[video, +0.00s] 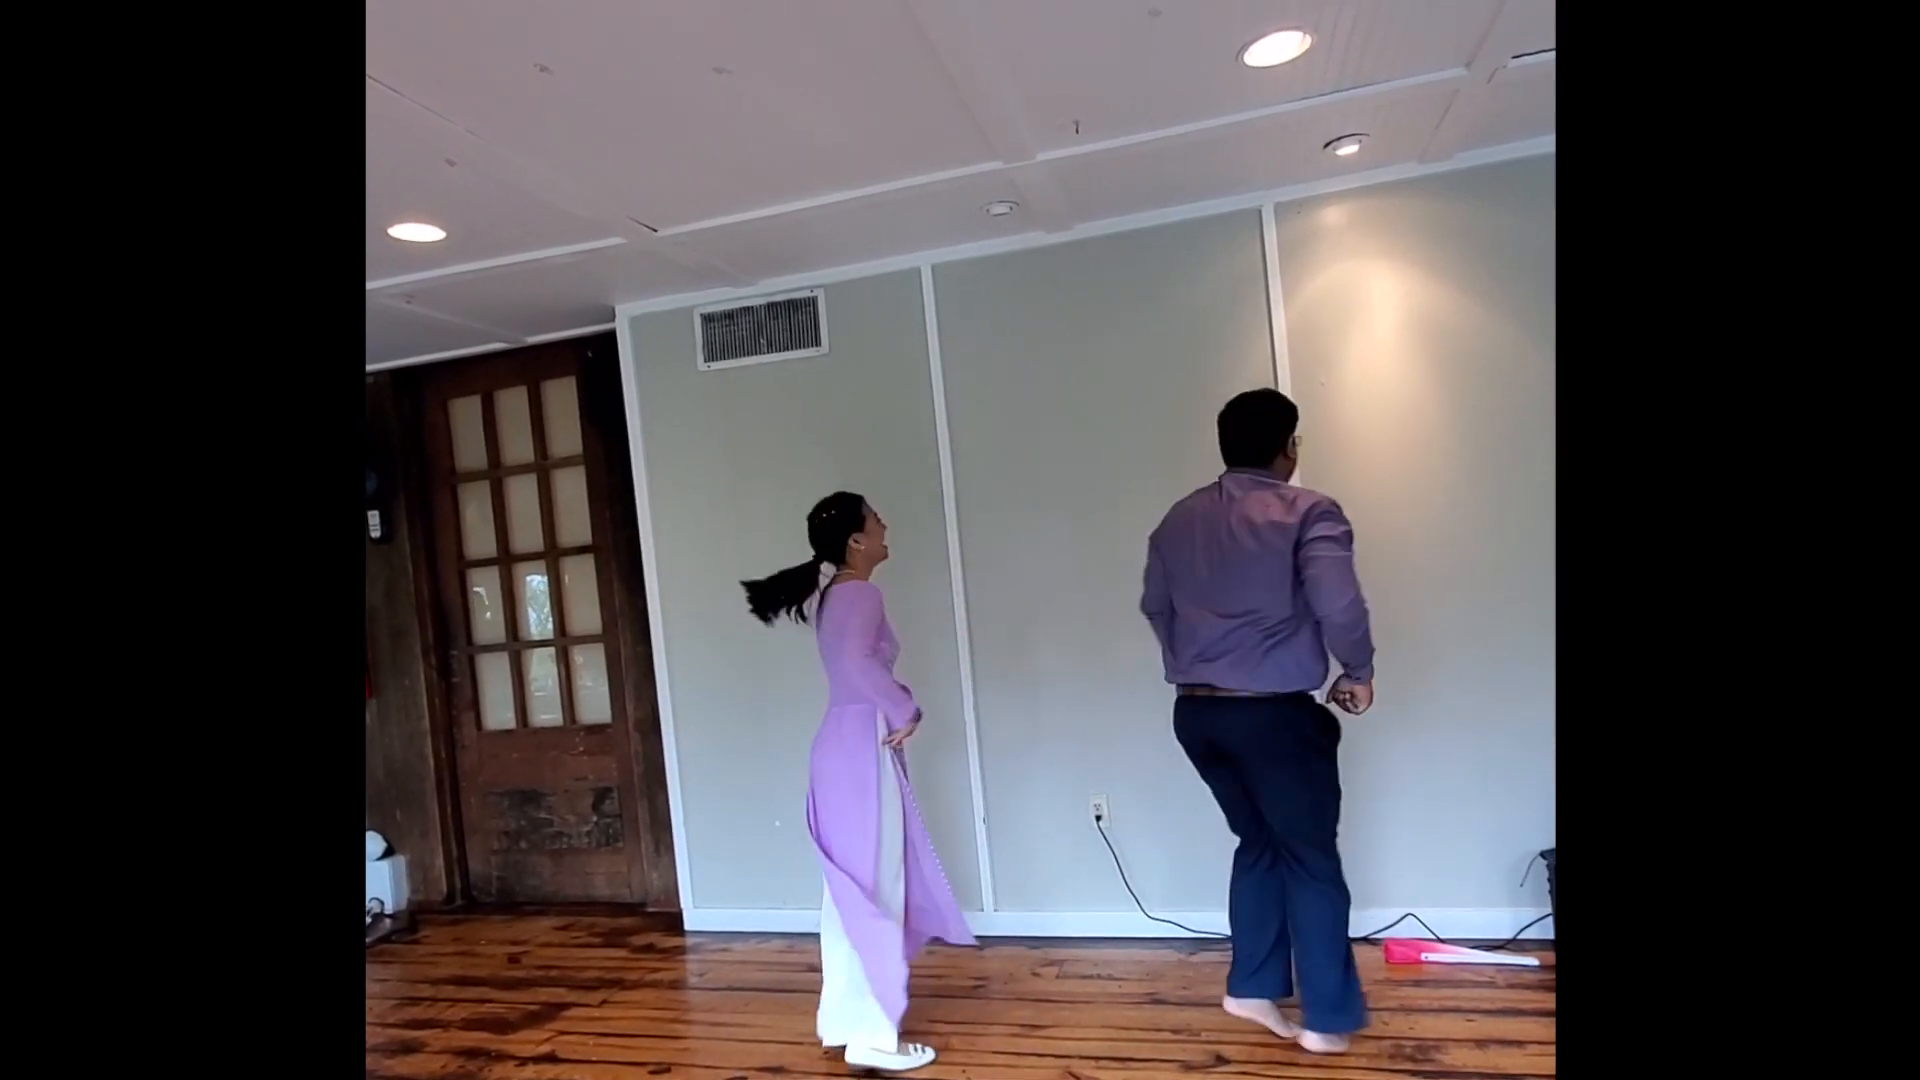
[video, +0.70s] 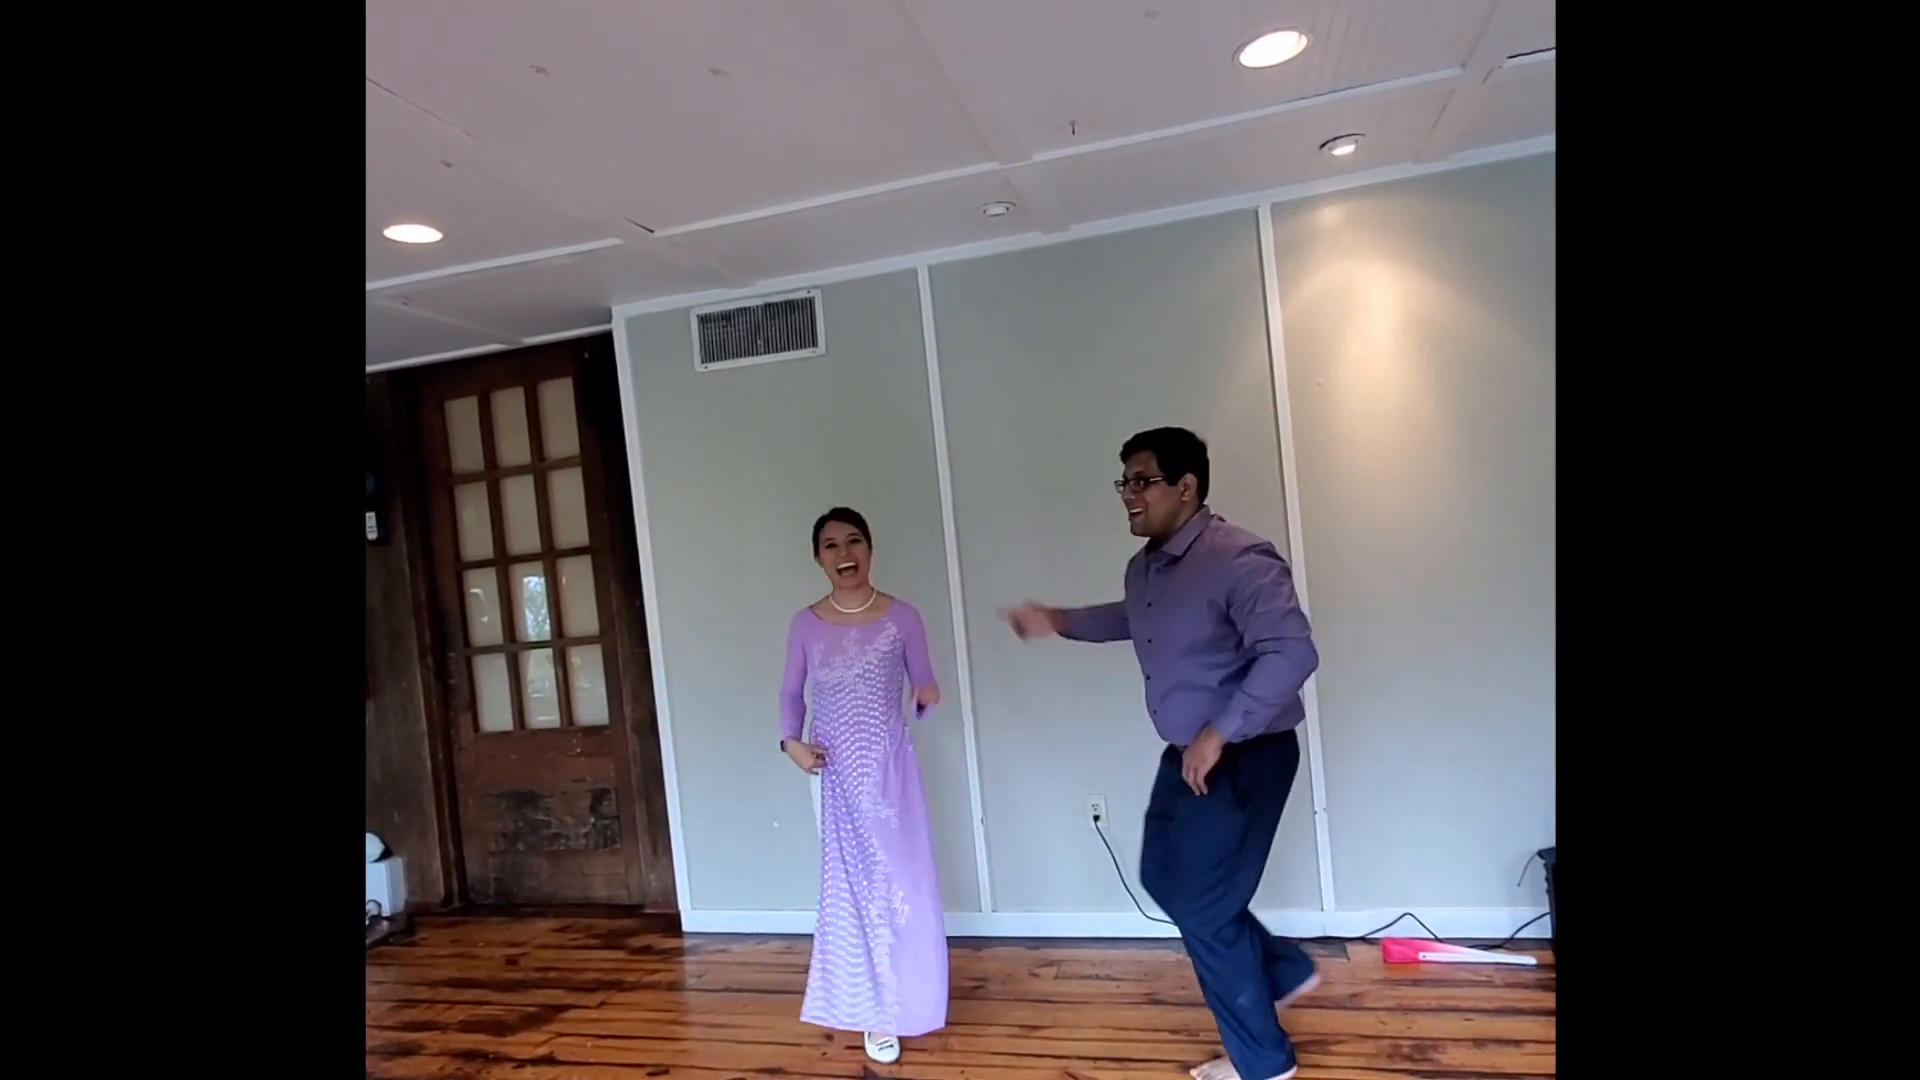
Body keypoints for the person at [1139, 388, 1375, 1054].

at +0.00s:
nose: (1297, 450)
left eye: (1292, 440)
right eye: (1295, 442)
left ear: (1224, 448)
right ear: (1287, 450)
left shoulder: (1177, 520)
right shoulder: (1309, 513)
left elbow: (1157, 606)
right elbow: (1340, 608)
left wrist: (1188, 669)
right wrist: (1358, 671)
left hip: (1199, 718)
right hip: (1280, 717)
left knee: (1256, 840)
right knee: (1312, 856)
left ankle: (1250, 989)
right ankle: (1329, 1018)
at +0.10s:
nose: (1205, 466)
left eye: (1206, 458)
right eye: (1209, 457)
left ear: (1213, 463)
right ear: (1281, 463)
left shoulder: (1168, 533)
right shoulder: (1333, 522)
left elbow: (1133, 628)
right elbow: (1376, 617)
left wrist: (1180, 686)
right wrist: (1362, 679)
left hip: (1211, 735)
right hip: (1305, 729)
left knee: (1241, 862)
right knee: (1309, 875)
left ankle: (1258, 1008)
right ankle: (1326, 1041)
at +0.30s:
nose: (1152, 494)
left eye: (1161, 480)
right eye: (1153, 481)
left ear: (1200, 482)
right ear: (1221, 483)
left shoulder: (1178, 555)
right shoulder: (1301, 540)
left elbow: (1160, 658)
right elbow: (1359, 612)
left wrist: (1149, 731)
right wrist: (1322, 670)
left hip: (1236, 756)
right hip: (1321, 746)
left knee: (1212, 876)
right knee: (1300, 886)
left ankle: (1257, 1014)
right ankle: (1325, 1048)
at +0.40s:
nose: (1135, 484)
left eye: (1144, 471)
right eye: (1136, 471)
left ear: (1187, 473)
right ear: (1200, 474)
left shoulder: (1184, 539)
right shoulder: (1257, 523)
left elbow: (1185, 640)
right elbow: (1290, 608)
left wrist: (1159, 726)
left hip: (1248, 738)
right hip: (1314, 727)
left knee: (1198, 873)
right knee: (1290, 878)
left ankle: (1250, 1029)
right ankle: (1320, 1043)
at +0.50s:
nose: (1131, 484)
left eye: (1141, 471)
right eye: (1130, 471)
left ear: (1186, 472)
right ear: (1188, 474)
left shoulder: (1199, 534)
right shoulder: (1214, 523)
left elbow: (1224, 627)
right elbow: (1227, 630)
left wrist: (1181, 718)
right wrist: (1189, 718)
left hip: (1245, 734)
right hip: (1277, 728)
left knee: (1207, 889)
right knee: (1260, 879)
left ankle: (1253, 1046)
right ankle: (1320, 1035)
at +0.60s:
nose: (1129, 489)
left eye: (1142, 475)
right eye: (1127, 477)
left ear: (1187, 480)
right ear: (1169, 485)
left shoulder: (1225, 548)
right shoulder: (1172, 547)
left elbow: (1263, 647)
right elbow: (1161, 612)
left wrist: (1204, 730)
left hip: (1249, 744)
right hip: (1219, 744)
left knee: (1209, 904)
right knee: (1223, 884)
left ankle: (1260, 1057)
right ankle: (1325, 1002)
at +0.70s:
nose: (1128, 495)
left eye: (1142, 482)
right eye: (1125, 484)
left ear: (1187, 487)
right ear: (1133, 491)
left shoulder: (1242, 560)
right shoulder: (1146, 568)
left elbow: (1292, 651)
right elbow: (1137, 620)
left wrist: (1219, 731)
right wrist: (1058, 621)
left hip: (1249, 752)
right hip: (1187, 751)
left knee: (1202, 899)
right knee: (1164, 878)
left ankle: (1260, 1055)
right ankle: (1280, 967)